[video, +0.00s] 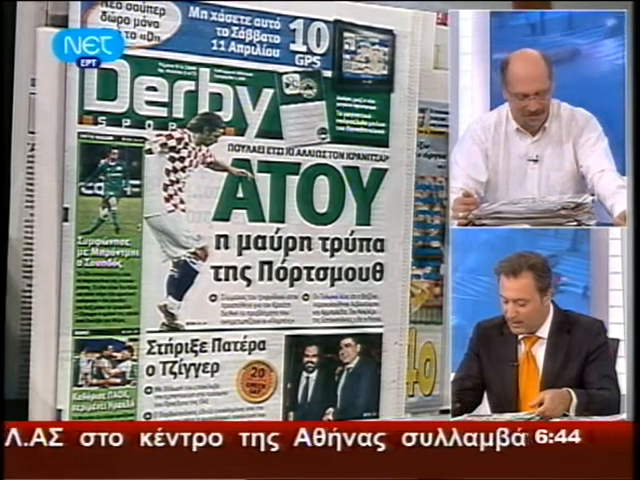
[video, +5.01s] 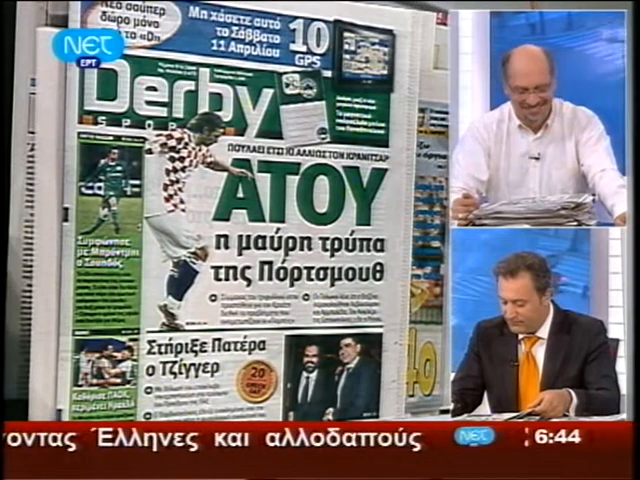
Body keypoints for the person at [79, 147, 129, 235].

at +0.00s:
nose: (115, 156)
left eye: (116, 154)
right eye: (113, 154)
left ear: (118, 155)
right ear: (109, 155)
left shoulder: (122, 165)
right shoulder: (104, 165)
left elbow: (126, 176)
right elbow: (95, 175)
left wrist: (128, 187)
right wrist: (85, 182)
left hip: (118, 190)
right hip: (108, 189)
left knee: (105, 213)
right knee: (113, 205)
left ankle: (91, 230)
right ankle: (116, 226)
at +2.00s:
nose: (115, 156)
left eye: (116, 154)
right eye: (113, 154)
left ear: (118, 155)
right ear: (109, 154)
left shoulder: (122, 165)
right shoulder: (104, 165)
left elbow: (126, 176)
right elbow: (95, 174)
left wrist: (128, 187)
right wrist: (85, 182)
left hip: (118, 190)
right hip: (108, 189)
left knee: (105, 213)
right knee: (113, 205)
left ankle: (91, 230)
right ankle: (116, 226)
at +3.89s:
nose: (115, 156)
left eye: (116, 154)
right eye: (113, 154)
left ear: (118, 155)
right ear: (109, 154)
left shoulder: (122, 165)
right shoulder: (104, 165)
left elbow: (126, 177)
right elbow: (95, 174)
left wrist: (127, 187)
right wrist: (85, 182)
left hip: (118, 190)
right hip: (108, 189)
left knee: (105, 213)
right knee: (113, 205)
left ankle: (91, 230)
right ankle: (116, 225)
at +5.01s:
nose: (115, 156)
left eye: (116, 154)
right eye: (113, 153)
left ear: (118, 155)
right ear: (109, 154)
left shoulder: (122, 166)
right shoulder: (104, 165)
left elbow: (126, 177)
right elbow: (95, 174)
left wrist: (127, 187)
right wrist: (86, 182)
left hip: (118, 190)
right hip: (108, 189)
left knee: (105, 213)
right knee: (113, 206)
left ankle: (91, 230)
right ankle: (116, 226)